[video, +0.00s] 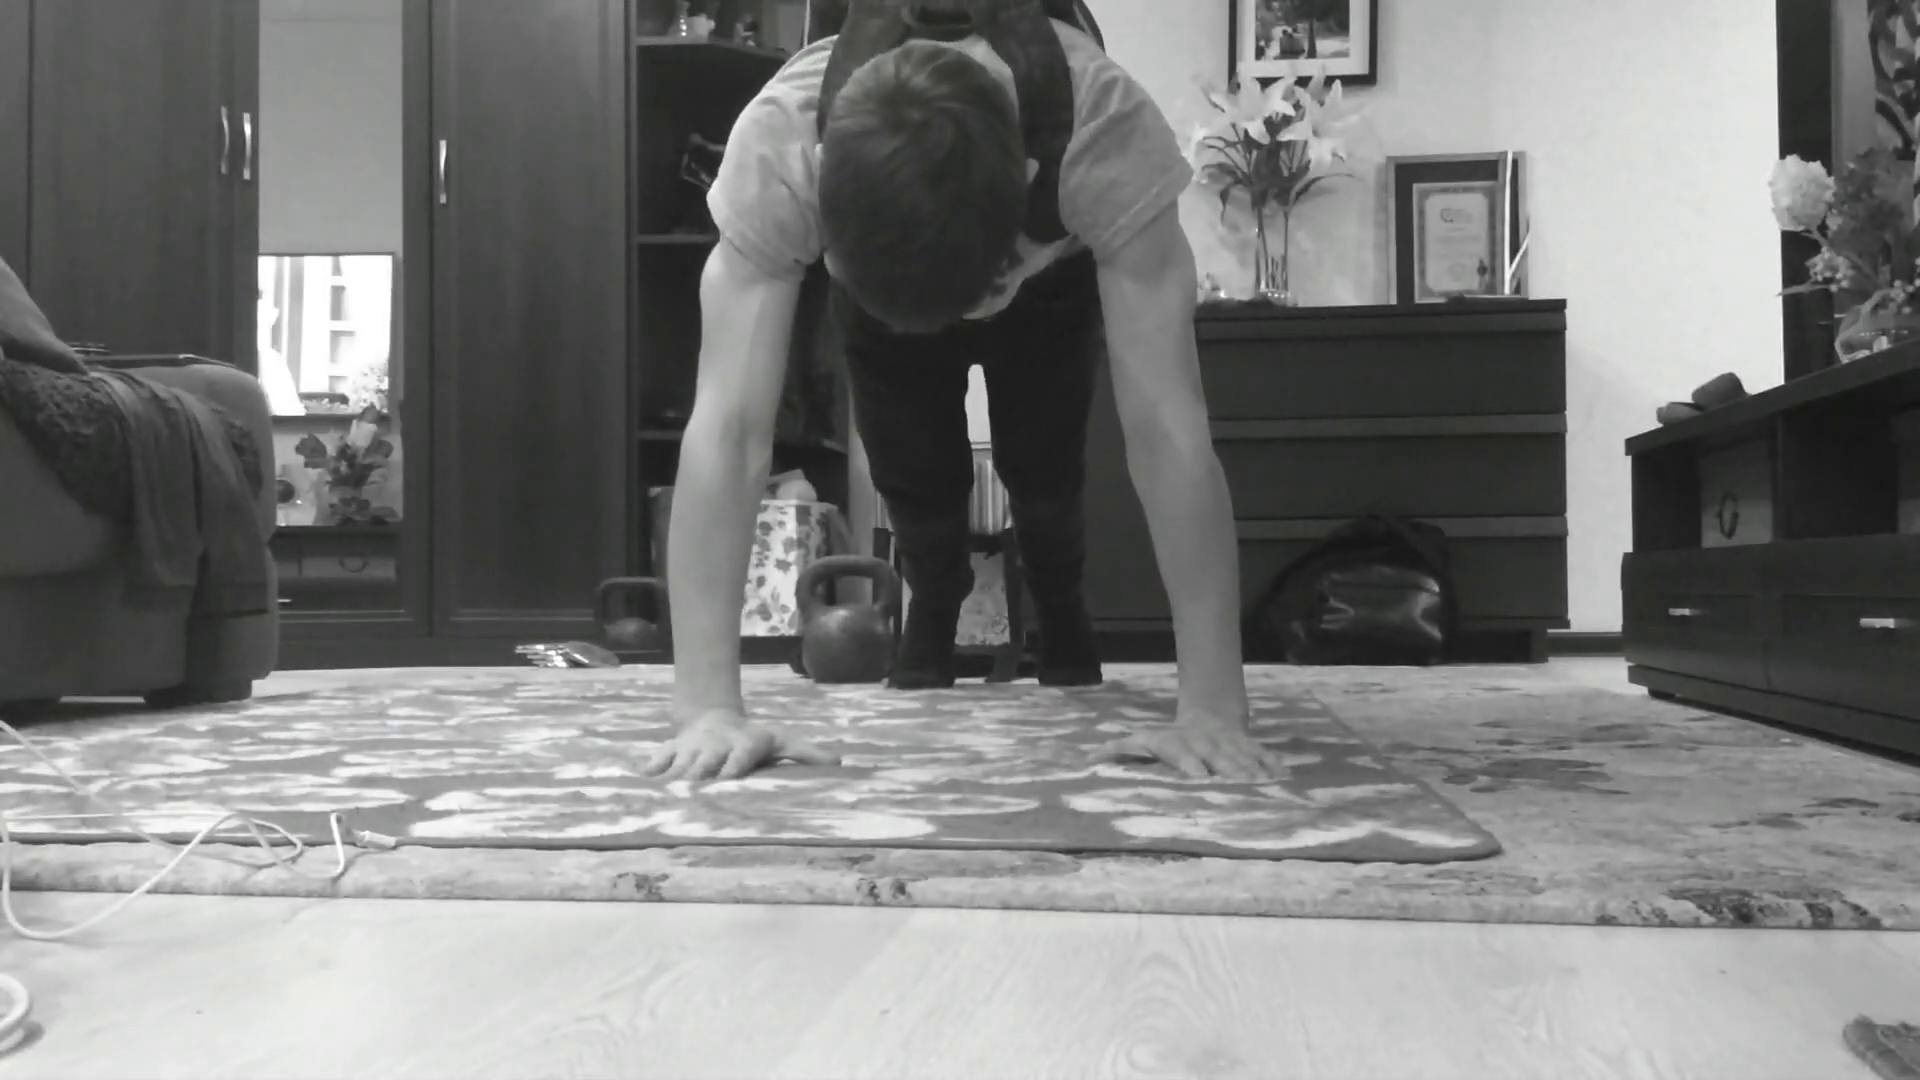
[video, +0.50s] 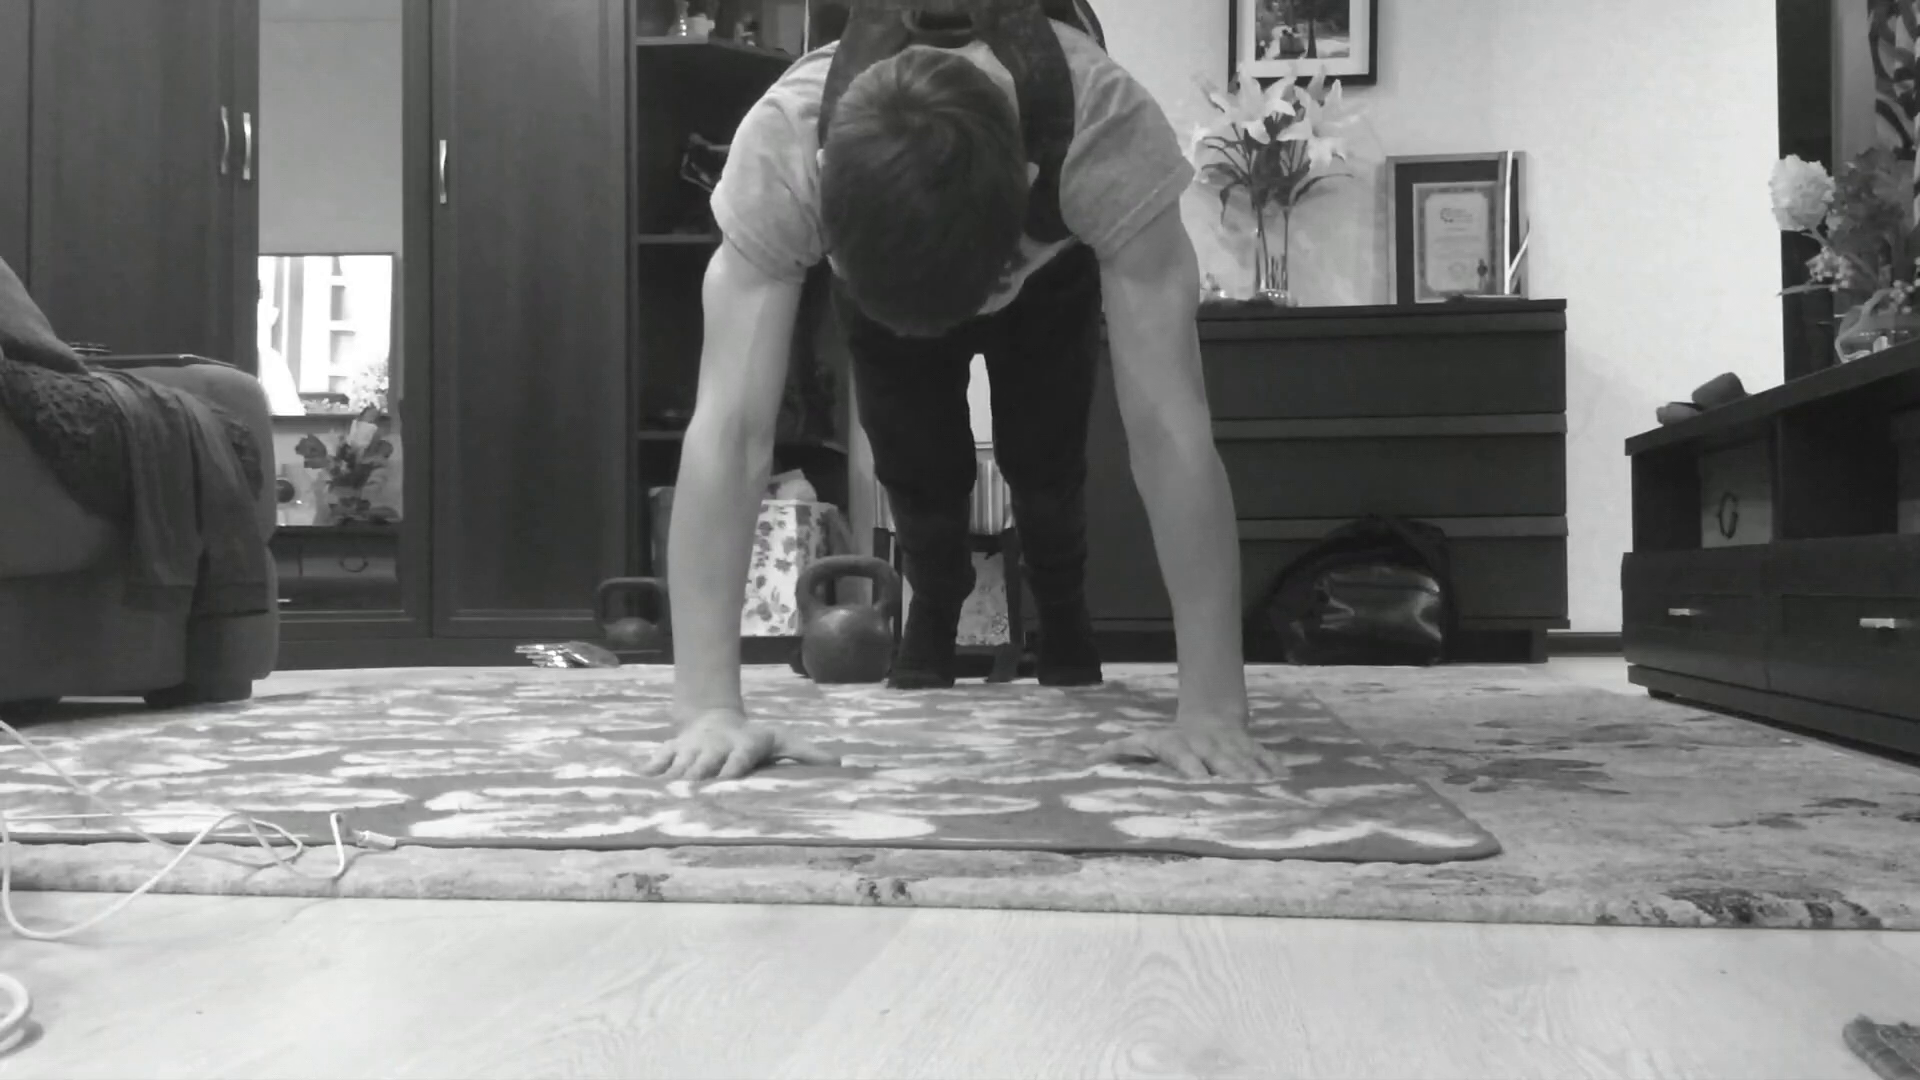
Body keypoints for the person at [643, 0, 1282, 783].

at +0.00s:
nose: (944, 334)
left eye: (973, 303)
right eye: (901, 319)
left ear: (1028, 191)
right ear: (831, 200)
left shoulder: (1115, 146)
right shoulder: (776, 156)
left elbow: (1171, 438)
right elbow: (726, 432)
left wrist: (1214, 712)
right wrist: (708, 709)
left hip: (1048, 261)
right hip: (871, 270)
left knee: (1043, 475)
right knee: (911, 479)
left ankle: (1055, 623)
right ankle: (931, 608)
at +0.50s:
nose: (934, 335)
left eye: (970, 300)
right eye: (896, 319)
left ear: (1025, 200)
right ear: (831, 204)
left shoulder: (1119, 149)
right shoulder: (778, 159)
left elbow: (1173, 436)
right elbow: (727, 433)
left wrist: (1213, 710)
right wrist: (709, 709)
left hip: (1047, 255)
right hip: (873, 265)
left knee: (1045, 475)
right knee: (917, 480)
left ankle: (1061, 642)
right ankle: (930, 626)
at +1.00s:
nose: (945, 341)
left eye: (975, 319)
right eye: (906, 329)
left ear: (1029, 217)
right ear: (836, 210)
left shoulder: (1118, 147)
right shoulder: (785, 163)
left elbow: (1178, 439)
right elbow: (729, 434)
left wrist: (1213, 711)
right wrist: (708, 709)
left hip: (1048, 247)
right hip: (872, 259)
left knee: (1045, 467)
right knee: (916, 465)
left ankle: (1060, 623)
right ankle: (934, 599)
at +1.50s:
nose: (945, 342)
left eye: (974, 321)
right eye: (903, 330)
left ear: (1027, 209)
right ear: (837, 222)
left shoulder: (1117, 147)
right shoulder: (783, 157)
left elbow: (1175, 439)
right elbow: (727, 433)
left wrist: (1213, 710)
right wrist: (709, 709)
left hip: (1048, 247)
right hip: (874, 258)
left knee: (1046, 472)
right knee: (915, 470)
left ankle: (1061, 623)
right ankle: (935, 602)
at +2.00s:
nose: (929, 333)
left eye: (963, 300)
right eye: (892, 318)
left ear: (1020, 190)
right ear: (823, 188)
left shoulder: (1112, 145)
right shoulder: (770, 157)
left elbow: (1171, 435)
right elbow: (721, 433)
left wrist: (1212, 708)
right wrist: (708, 708)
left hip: (1042, 254)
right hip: (868, 267)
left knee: (1043, 470)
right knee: (912, 474)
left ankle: (1059, 621)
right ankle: (934, 604)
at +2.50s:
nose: (934, 326)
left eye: (965, 288)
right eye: (894, 309)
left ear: (1025, 176)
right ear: (821, 176)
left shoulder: (1115, 146)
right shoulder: (767, 156)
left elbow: (1181, 432)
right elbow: (713, 433)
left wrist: (1214, 712)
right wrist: (708, 709)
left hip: (1045, 261)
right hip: (869, 274)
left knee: (1042, 471)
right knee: (910, 477)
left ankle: (1060, 623)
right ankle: (933, 601)